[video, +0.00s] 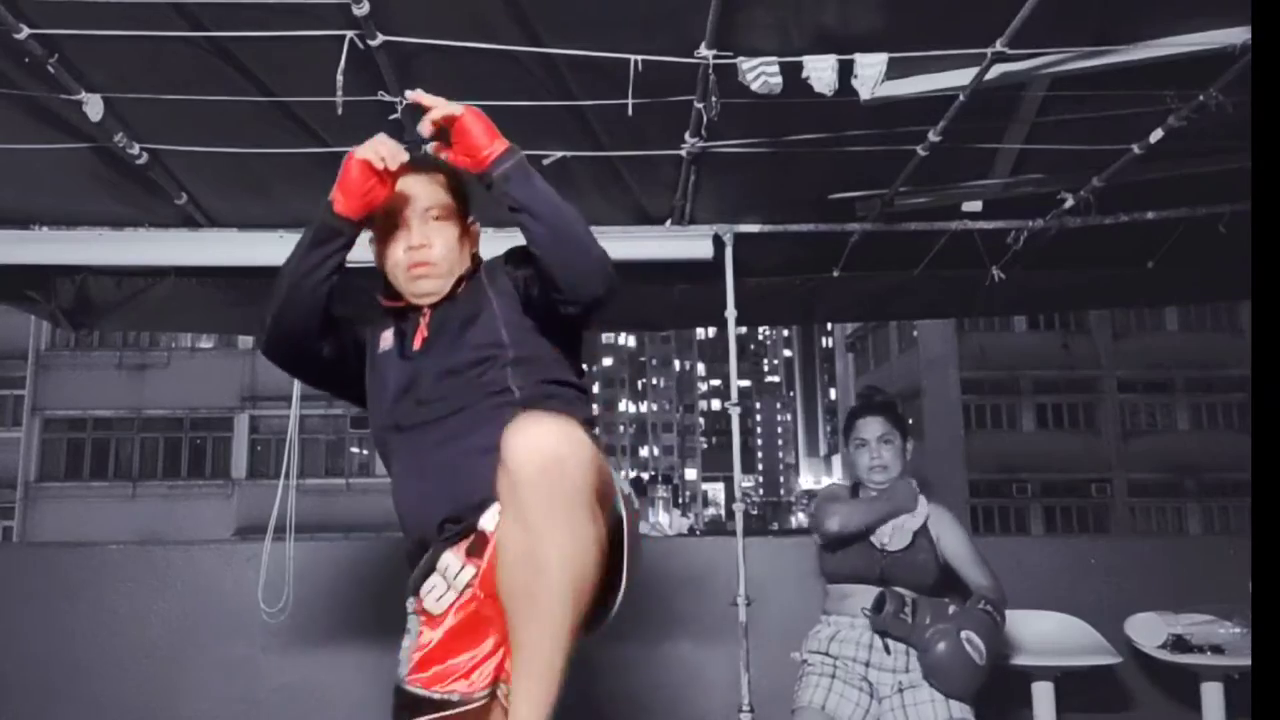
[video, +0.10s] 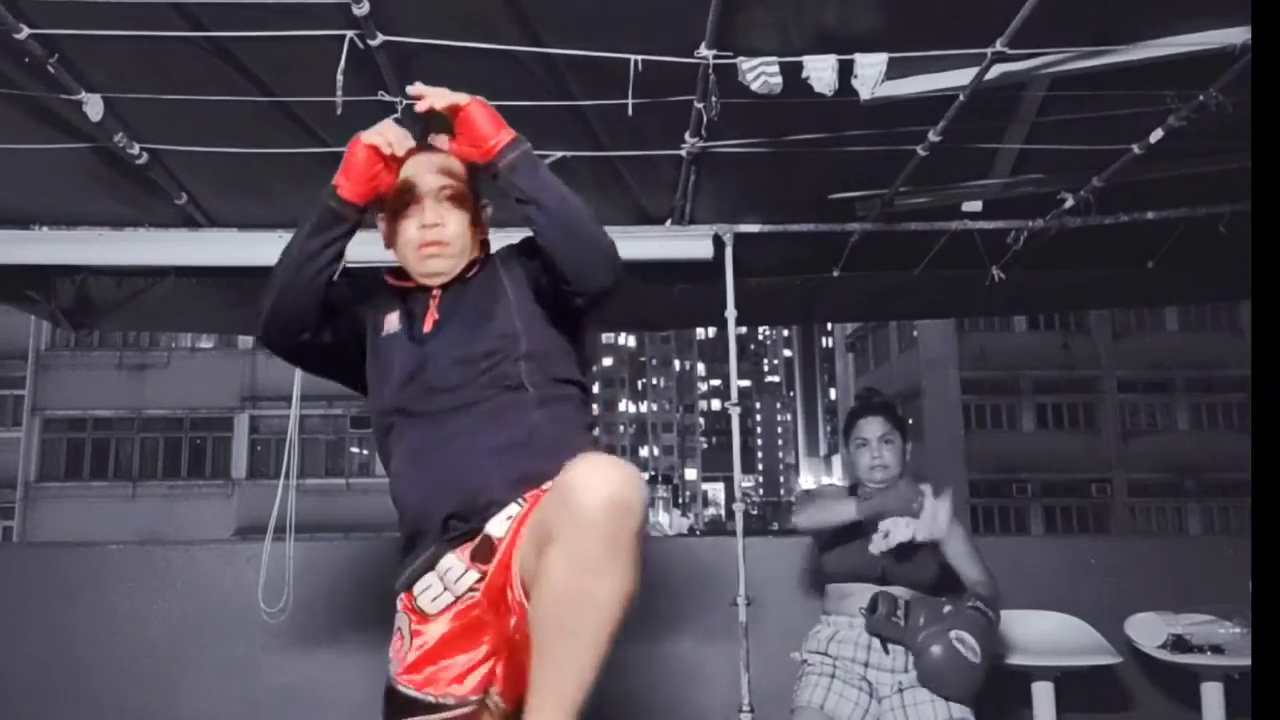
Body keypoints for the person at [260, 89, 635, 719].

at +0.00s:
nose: (415, 239)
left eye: (435, 218)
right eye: (394, 226)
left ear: (470, 235)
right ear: (376, 250)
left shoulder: (521, 287)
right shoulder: (370, 345)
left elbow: (589, 280)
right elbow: (286, 338)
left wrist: (500, 160)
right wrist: (341, 216)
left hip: (558, 518)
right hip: (451, 566)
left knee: (541, 441)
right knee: (441, 706)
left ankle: (528, 712)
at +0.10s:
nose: (429, 218)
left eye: (448, 199)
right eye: (408, 203)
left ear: (479, 221)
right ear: (387, 230)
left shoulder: (532, 275)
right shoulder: (370, 322)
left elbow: (597, 269)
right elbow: (283, 327)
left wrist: (506, 151)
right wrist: (344, 200)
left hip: (546, 528)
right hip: (438, 572)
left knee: (606, 484)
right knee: (429, 706)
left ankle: (548, 713)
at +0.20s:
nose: (456, 204)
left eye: (475, 190)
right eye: (437, 189)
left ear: (500, 207)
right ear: (406, 208)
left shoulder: (547, 270)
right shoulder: (378, 309)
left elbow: (623, 274)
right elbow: (295, 313)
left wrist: (532, 155)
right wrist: (380, 182)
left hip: (559, 526)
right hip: (438, 577)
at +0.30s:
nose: (480, 194)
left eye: (499, 180)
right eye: (461, 180)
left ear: (522, 199)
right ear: (427, 202)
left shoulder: (566, 275)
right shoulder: (392, 289)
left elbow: (647, 292)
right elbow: (321, 300)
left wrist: (560, 167)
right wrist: (411, 171)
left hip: (577, 554)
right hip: (439, 581)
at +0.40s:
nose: (516, 198)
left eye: (533, 183)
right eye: (495, 182)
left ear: (556, 201)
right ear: (461, 197)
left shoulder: (594, 290)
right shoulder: (423, 279)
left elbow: (675, 302)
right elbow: (345, 300)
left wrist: (597, 180)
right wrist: (441, 167)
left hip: (587, 584)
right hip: (445, 589)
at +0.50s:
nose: (556, 190)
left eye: (571, 171)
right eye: (530, 173)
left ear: (594, 192)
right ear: (493, 195)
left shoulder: (625, 294)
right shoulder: (456, 280)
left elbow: (708, 310)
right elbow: (362, 358)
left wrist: (645, 197)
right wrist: (445, 213)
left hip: (612, 590)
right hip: (480, 583)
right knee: (484, 703)